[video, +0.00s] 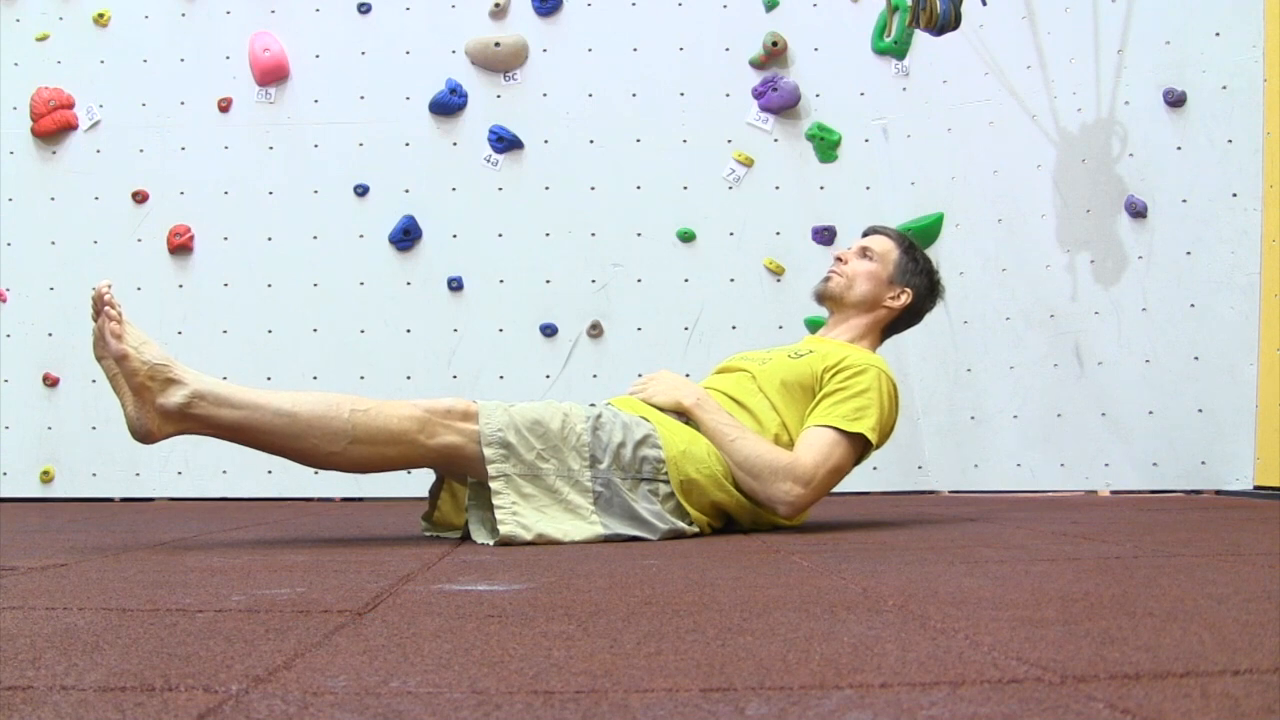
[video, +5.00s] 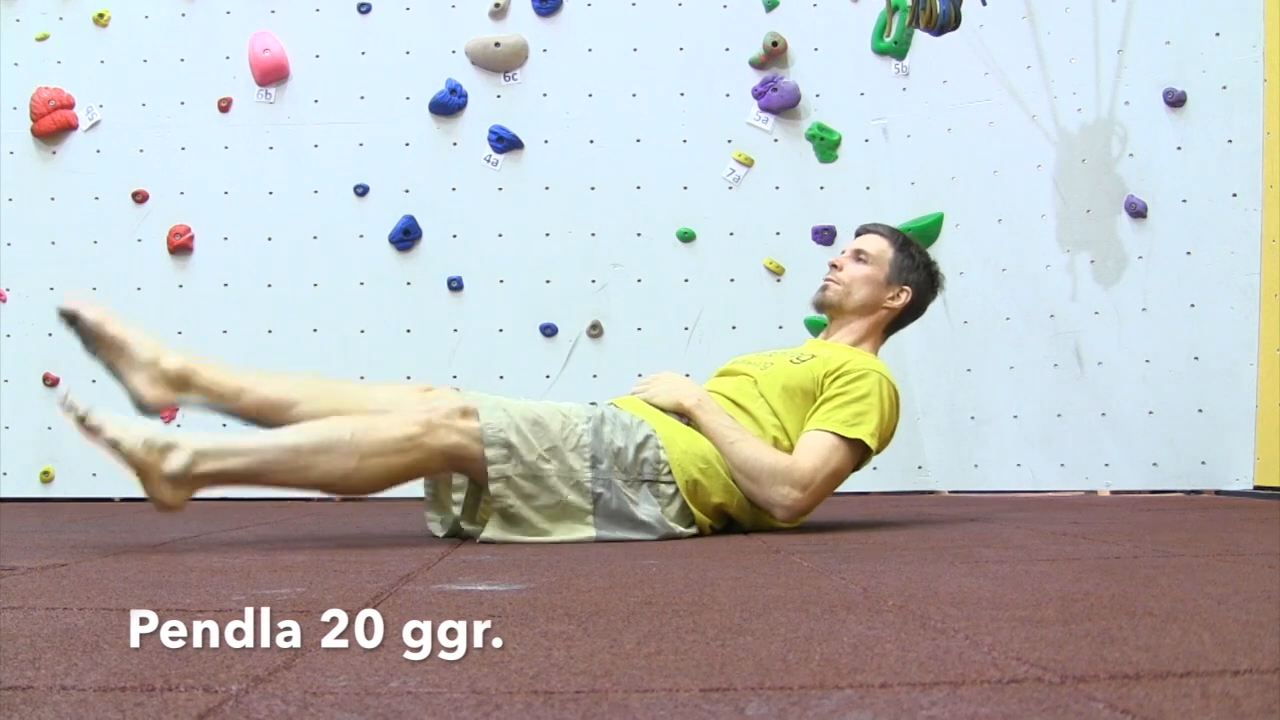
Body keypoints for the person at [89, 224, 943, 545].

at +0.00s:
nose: (844, 252)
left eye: (867, 252)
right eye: (853, 244)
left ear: (895, 299)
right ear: (856, 282)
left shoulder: (863, 375)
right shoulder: (802, 358)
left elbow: (791, 492)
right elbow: (749, 467)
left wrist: (699, 402)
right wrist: (673, 408)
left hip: (659, 460)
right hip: (639, 446)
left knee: (441, 428)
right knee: (429, 430)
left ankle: (178, 400)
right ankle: (179, 401)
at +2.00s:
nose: (848, 263)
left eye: (872, 263)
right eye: (858, 254)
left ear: (900, 310)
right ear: (866, 295)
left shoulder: (866, 383)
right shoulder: (810, 366)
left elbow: (794, 495)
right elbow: (758, 475)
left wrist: (700, 402)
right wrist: (675, 411)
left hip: (655, 460)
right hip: (637, 446)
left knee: (439, 426)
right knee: (432, 422)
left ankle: (177, 402)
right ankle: (178, 403)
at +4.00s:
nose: (838, 261)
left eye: (862, 259)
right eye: (843, 251)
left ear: (894, 302)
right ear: (845, 284)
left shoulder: (861, 376)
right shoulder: (795, 362)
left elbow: (790, 493)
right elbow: (749, 470)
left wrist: (700, 404)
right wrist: (668, 408)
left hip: (650, 463)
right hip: (622, 441)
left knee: (442, 426)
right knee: (417, 403)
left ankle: (183, 450)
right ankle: (174, 365)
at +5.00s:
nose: (839, 258)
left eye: (863, 256)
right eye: (845, 248)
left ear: (896, 299)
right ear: (852, 285)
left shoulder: (863, 378)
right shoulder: (800, 361)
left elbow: (792, 494)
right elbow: (750, 470)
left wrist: (698, 401)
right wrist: (670, 410)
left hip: (652, 462)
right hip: (621, 440)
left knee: (447, 427)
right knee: (415, 403)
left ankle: (185, 467)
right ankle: (178, 378)